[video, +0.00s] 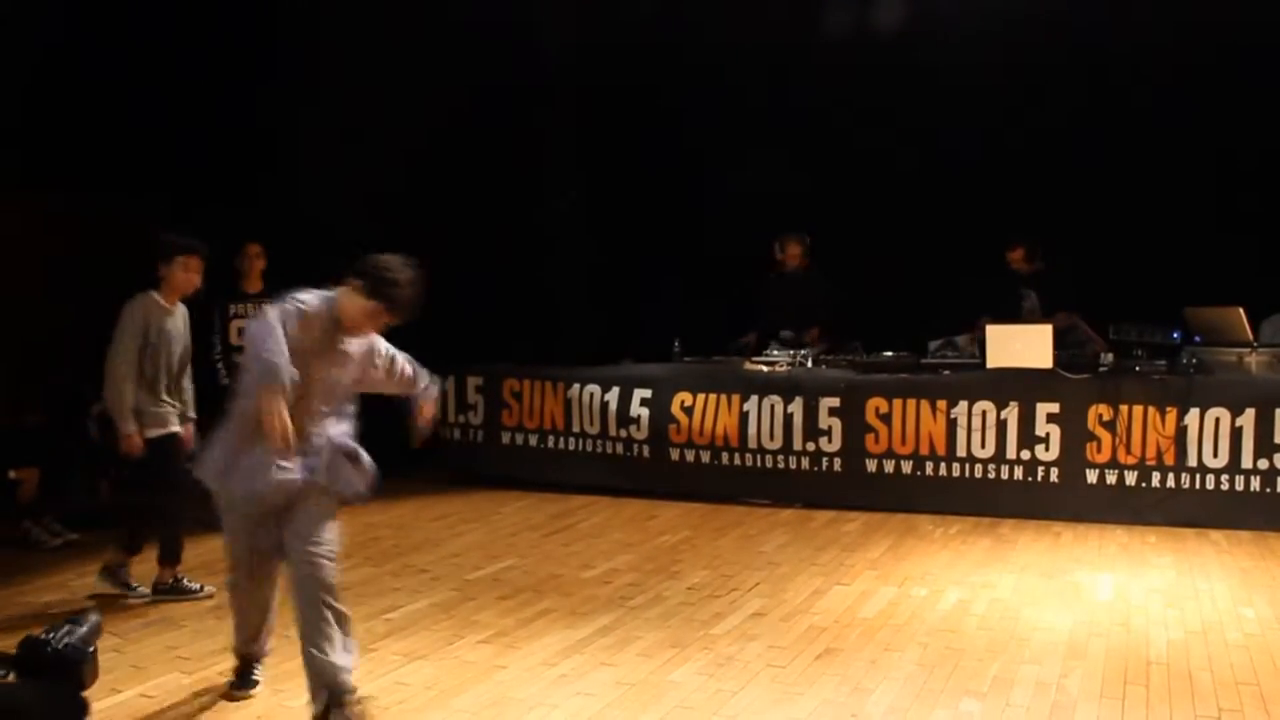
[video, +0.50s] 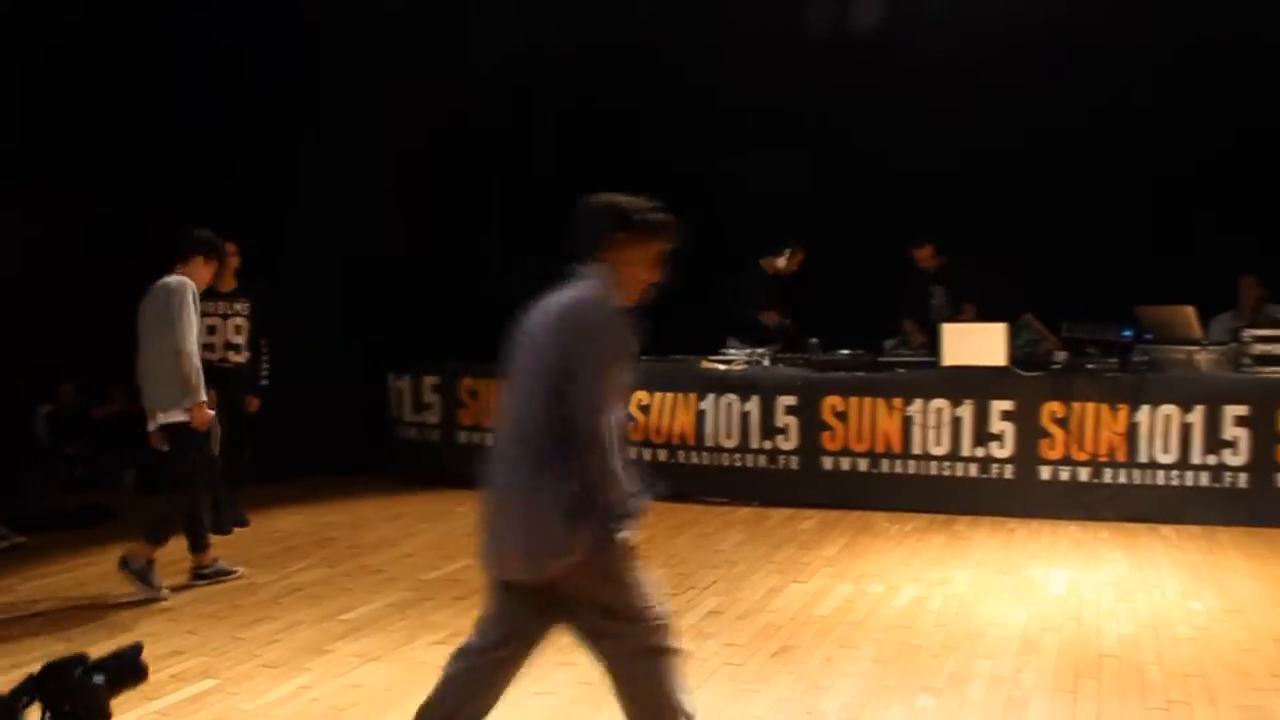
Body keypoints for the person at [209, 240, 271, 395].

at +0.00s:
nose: (252, 262)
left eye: (258, 256)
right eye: (247, 256)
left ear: (264, 261)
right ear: (239, 261)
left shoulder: (275, 298)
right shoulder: (224, 299)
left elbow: (287, 340)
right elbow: (217, 344)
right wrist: (224, 380)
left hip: (271, 379)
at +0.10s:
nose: (260, 263)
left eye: (265, 257)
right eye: (255, 257)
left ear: (272, 262)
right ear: (245, 261)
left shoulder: (281, 299)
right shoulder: (231, 299)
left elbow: (292, 342)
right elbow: (222, 350)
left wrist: (289, 379)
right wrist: (234, 388)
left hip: (275, 379)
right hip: (243, 382)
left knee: (273, 439)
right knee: (239, 448)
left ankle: (270, 500)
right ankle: (235, 504)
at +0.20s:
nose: (265, 263)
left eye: (269, 257)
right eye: (260, 257)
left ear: (276, 262)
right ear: (250, 262)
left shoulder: (286, 299)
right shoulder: (236, 299)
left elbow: (300, 345)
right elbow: (224, 349)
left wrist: (300, 385)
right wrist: (236, 386)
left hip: (280, 382)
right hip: (248, 383)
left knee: (277, 446)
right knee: (242, 447)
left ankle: (275, 503)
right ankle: (234, 505)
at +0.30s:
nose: (260, 262)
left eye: (265, 257)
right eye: (255, 257)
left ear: (272, 262)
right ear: (246, 261)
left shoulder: (282, 300)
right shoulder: (232, 299)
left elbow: (295, 346)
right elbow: (220, 347)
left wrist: (293, 386)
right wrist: (231, 386)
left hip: (274, 384)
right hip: (243, 385)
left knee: (271, 447)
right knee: (239, 449)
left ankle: (268, 505)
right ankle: (235, 508)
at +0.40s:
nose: (245, 261)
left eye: (250, 256)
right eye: (240, 256)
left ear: (257, 261)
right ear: (231, 260)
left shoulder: (267, 298)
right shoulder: (216, 297)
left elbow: (280, 346)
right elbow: (208, 346)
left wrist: (277, 386)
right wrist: (217, 386)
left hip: (258, 383)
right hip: (227, 384)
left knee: (255, 447)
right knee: (227, 448)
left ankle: (253, 505)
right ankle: (229, 509)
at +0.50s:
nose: (234, 262)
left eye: (235, 256)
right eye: (229, 256)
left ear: (238, 261)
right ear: (217, 261)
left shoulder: (247, 299)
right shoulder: (200, 299)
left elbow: (260, 345)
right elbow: (192, 345)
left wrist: (257, 385)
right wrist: (202, 385)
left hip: (240, 381)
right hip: (210, 380)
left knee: (239, 444)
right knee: (214, 443)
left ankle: (236, 500)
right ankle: (218, 502)